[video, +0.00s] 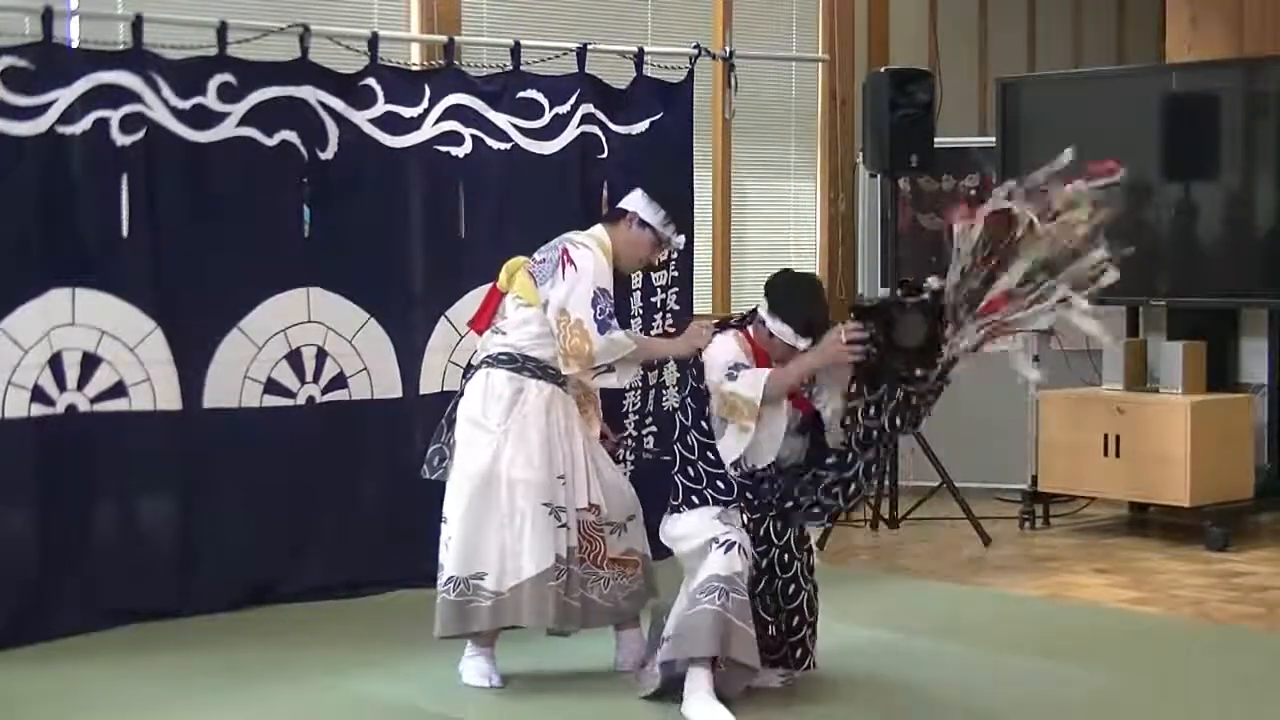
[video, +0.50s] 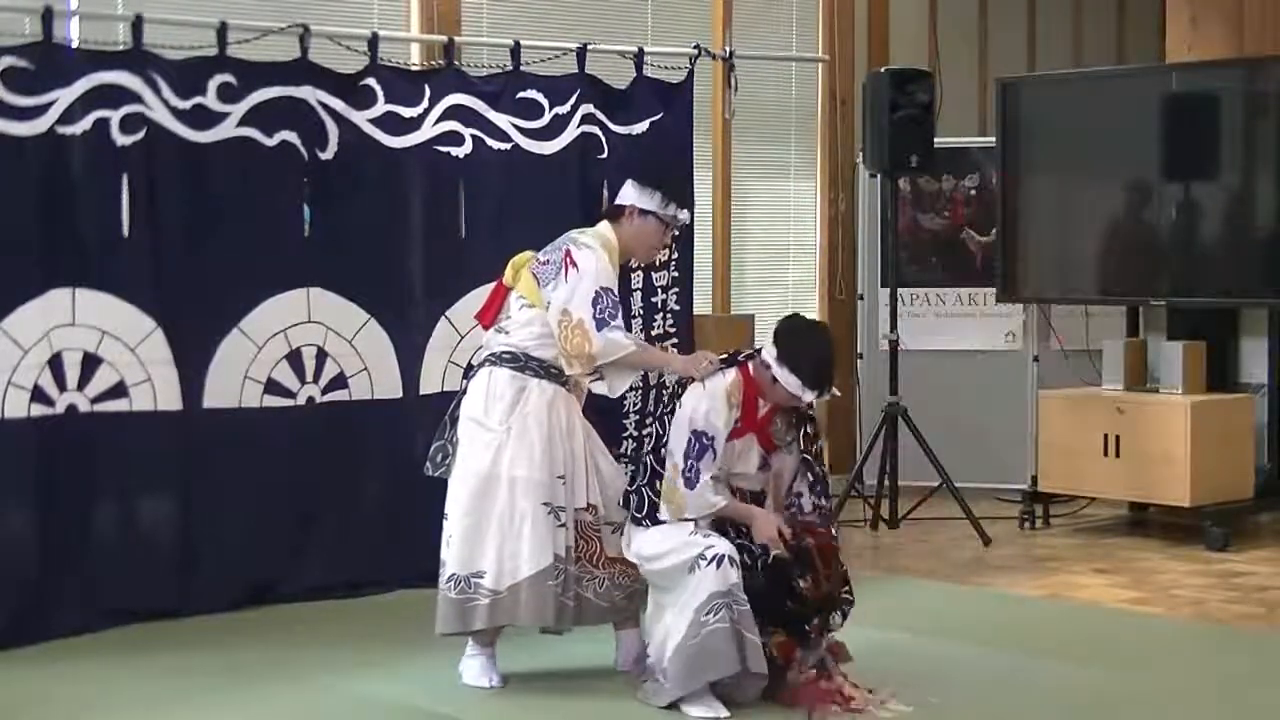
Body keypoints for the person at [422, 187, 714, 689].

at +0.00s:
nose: (652, 262)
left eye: (659, 253)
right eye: (655, 248)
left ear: (627, 225)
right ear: (631, 224)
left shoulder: (583, 257)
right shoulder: (583, 258)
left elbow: (580, 357)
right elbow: (590, 345)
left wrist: (590, 419)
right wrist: (674, 346)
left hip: (545, 402)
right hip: (512, 399)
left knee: (617, 505)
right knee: (501, 521)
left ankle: (633, 648)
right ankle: (479, 652)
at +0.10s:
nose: (652, 260)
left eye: (659, 251)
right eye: (655, 246)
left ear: (627, 224)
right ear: (631, 222)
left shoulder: (585, 258)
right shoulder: (583, 258)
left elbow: (589, 358)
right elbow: (586, 350)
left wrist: (670, 348)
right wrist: (676, 349)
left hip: (545, 401)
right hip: (512, 398)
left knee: (616, 506)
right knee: (501, 520)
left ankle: (632, 648)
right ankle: (479, 652)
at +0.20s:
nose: (660, 255)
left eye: (666, 245)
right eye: (661, 240)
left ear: (627, 221)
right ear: (630, 220)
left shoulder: (575, 254)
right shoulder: (586, 260)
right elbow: (584, 350)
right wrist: (676, 353)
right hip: (516, 403)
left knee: (618, 507)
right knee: (501, 522)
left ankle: (633, 648)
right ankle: (478, 652)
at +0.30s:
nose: (661, 252)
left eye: (666, 242)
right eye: (661, 237)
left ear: (628, 221)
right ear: (630, 219)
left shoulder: (584, 255)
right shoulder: (588, 258)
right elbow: (592, 345)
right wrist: (679, 356)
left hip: (543, 405)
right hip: (512, 402)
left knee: (616, 507)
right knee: (500, 522)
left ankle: (632, 649)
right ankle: (479, 651)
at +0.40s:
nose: (663, 251)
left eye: (668, 240)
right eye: (664, 235)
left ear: (630, 219)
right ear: (631, 217)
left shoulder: (587, 256)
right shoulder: (589, 256)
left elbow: (573, 354)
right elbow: (598, 342)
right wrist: (683, 362)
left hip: (546, 405)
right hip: (512, 401)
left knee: (612, 509)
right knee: (502, 521)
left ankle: (632, 649)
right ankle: (479, 651)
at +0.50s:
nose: (666, 247)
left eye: (670, 236)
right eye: (665, 232)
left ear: (631, 218)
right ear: (632, 215)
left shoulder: (592, 257)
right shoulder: (588, 256)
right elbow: (599, 342)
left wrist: (651, 359)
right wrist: (678, 363)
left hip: (548, 403)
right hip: (512, 398)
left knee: (609, 510)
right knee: (504, 520)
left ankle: (631, 649)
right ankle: (480, 651)